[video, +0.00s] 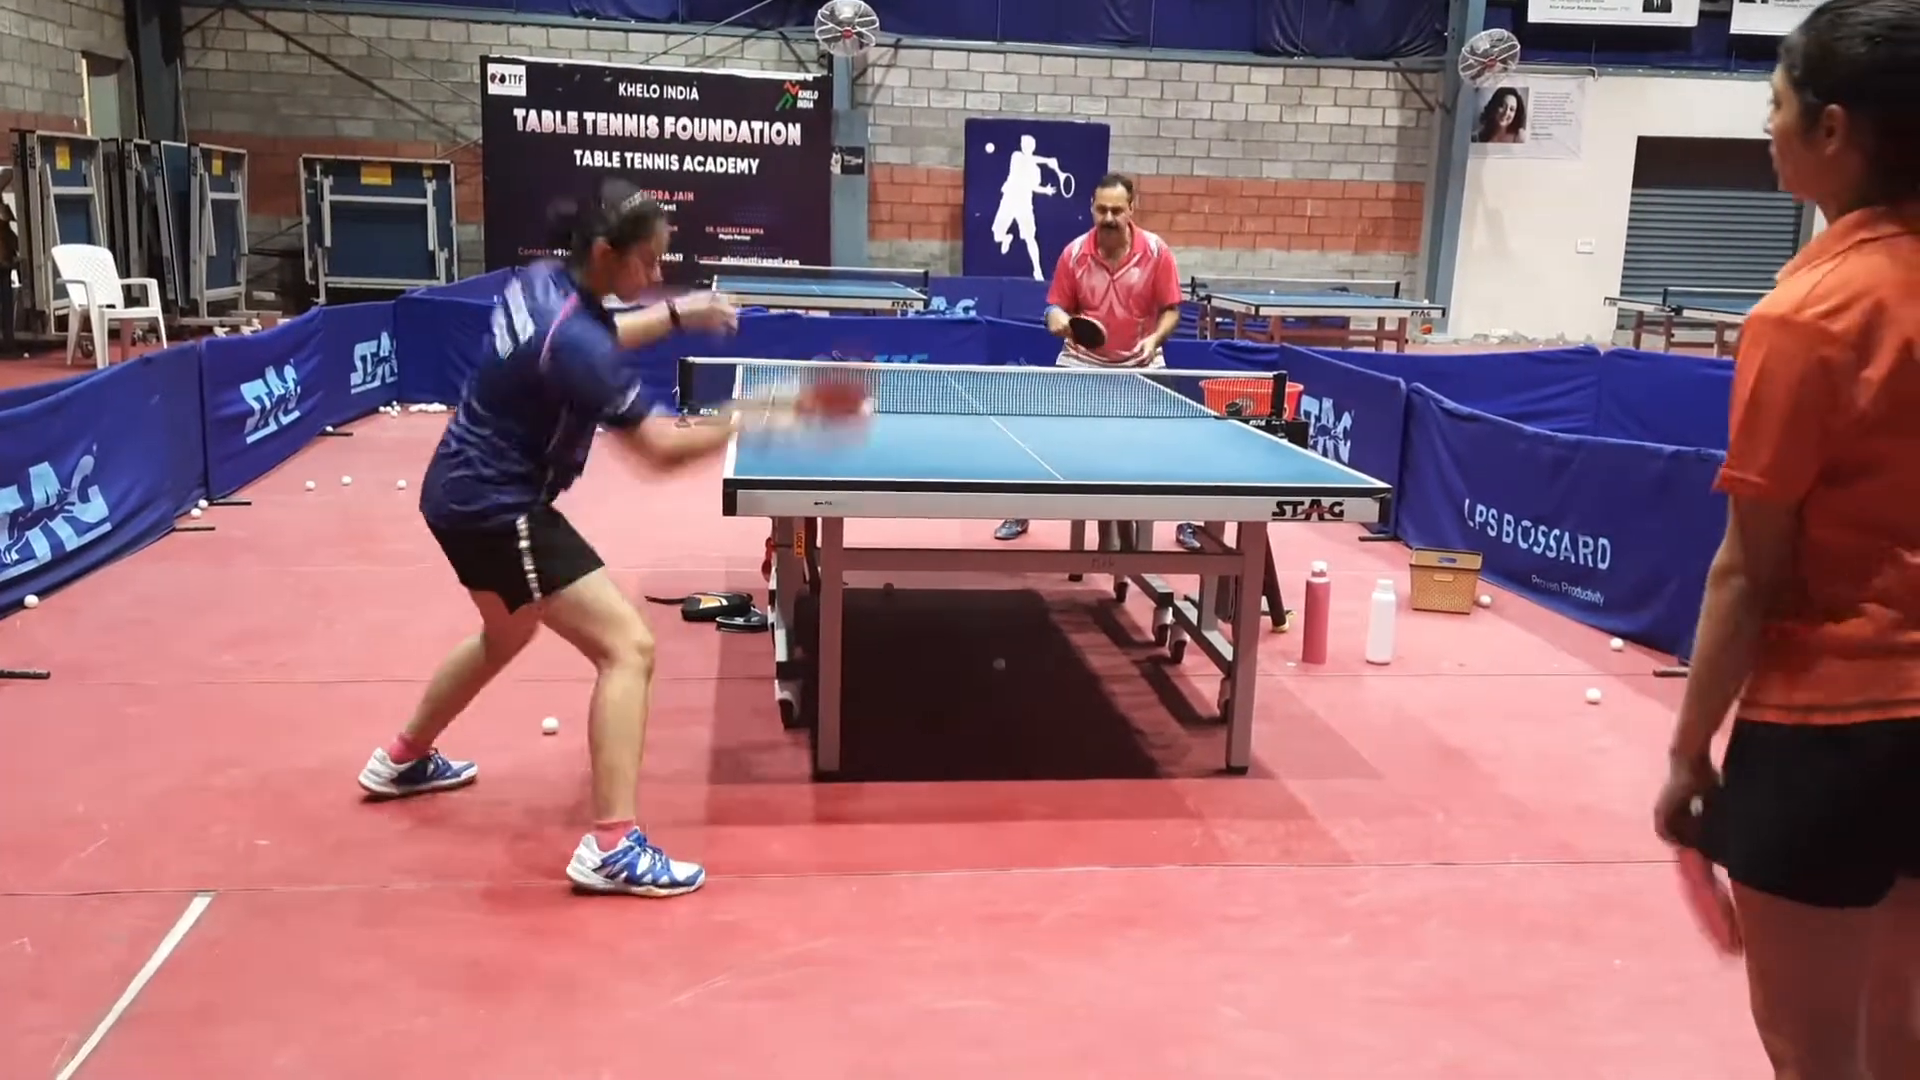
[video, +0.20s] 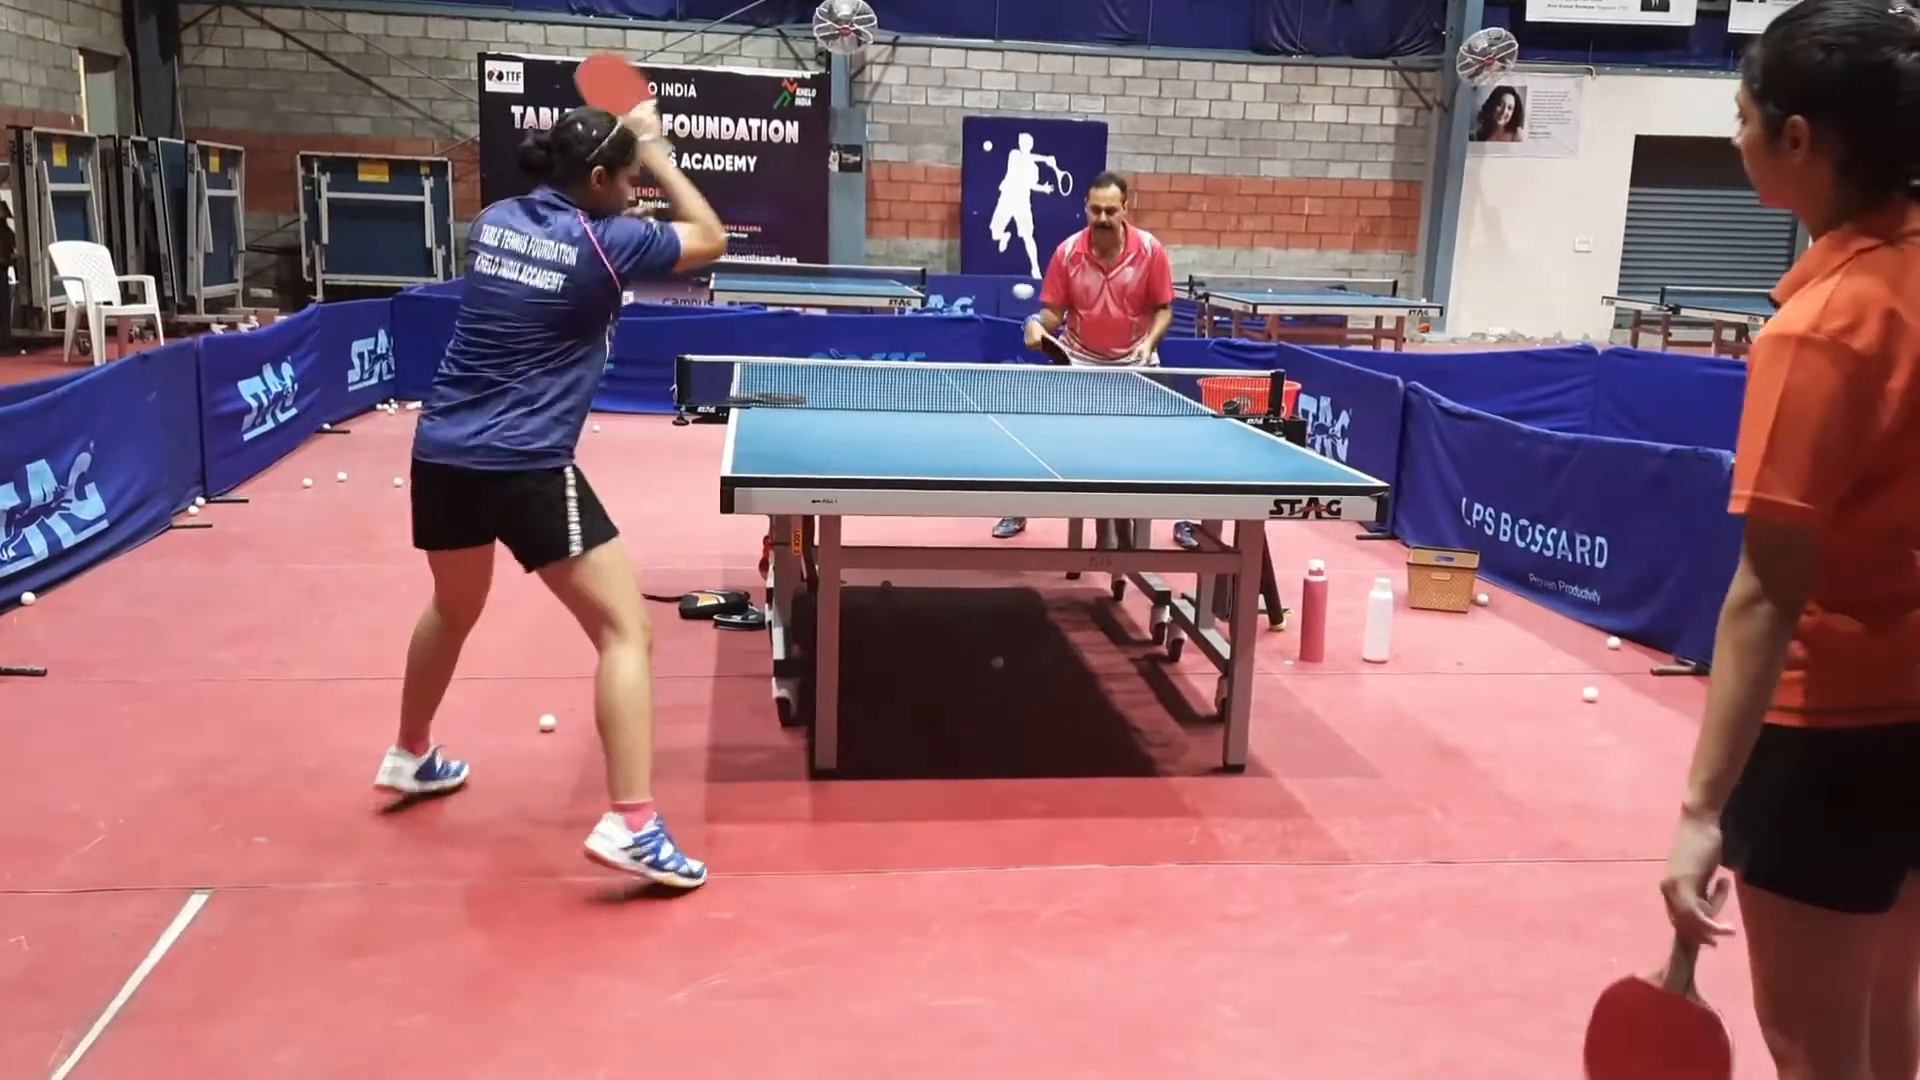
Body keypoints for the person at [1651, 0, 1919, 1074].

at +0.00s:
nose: (1772, 140)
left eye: (1780, 118)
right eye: (1775, 117)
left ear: (1836, 131)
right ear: (1876, 129)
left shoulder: (1811, 314)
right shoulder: (1903, 269)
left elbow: (1752, 570)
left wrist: (1687, 753)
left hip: (1826, 740)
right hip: (1911, 725)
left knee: (1814, 1051)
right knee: (1898, 1038)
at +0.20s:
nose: (1737, 145)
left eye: (1745, 123)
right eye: (1741, 122)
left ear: (1801, 138)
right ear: (1881, 125)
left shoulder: (1825, 325)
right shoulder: (1907, 258)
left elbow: (1768, 595)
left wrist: (1701, 807)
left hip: (1833, 737)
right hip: (1908, 725)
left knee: (1812, 1044)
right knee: (1889, 1029)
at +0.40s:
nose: (1739, 153)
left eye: (1742, 129)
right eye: (1741, 129)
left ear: (1786, 139)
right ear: (1892, 123)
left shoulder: (1832, 321)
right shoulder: (1907, 261)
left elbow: (1793, 586)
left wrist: (1723, 815)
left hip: (1849, 736)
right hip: (1909, 724)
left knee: (1815, 1027)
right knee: (1892, 992)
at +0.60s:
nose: (1779, 147)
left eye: (1782, 123)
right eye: (1781, 123)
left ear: (1824, 136)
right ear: (1909, 126)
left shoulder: (1864, 321)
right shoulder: (1899, 290)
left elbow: (1803, 586)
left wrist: (1737, 802)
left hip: (1852, 736)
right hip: (1904, 726)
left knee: (1816, 1035)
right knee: (1899, 1028)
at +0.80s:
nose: (1832, 146)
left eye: (1844, 124)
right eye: (1836, 123)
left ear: (1903, 123)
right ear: (1905, 123)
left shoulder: (1888, 310)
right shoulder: (1902, 289)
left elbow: (1828, 560)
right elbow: (1841, 545)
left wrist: (1748, 748)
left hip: (1848, 720)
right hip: (1914, 713)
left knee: (1815, 1021)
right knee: (1910, 1012)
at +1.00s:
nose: (1875, 122)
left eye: (1892, 100)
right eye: (1883, 98)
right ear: (1914, 114)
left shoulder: (1897, 293)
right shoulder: (1896, 290)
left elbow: (1829, 527)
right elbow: (1828, 520)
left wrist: (1718, 693)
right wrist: (1725, 690)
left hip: (1858, 710)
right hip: (1906, 711)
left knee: (1818, 1013)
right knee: (1907, 1000)